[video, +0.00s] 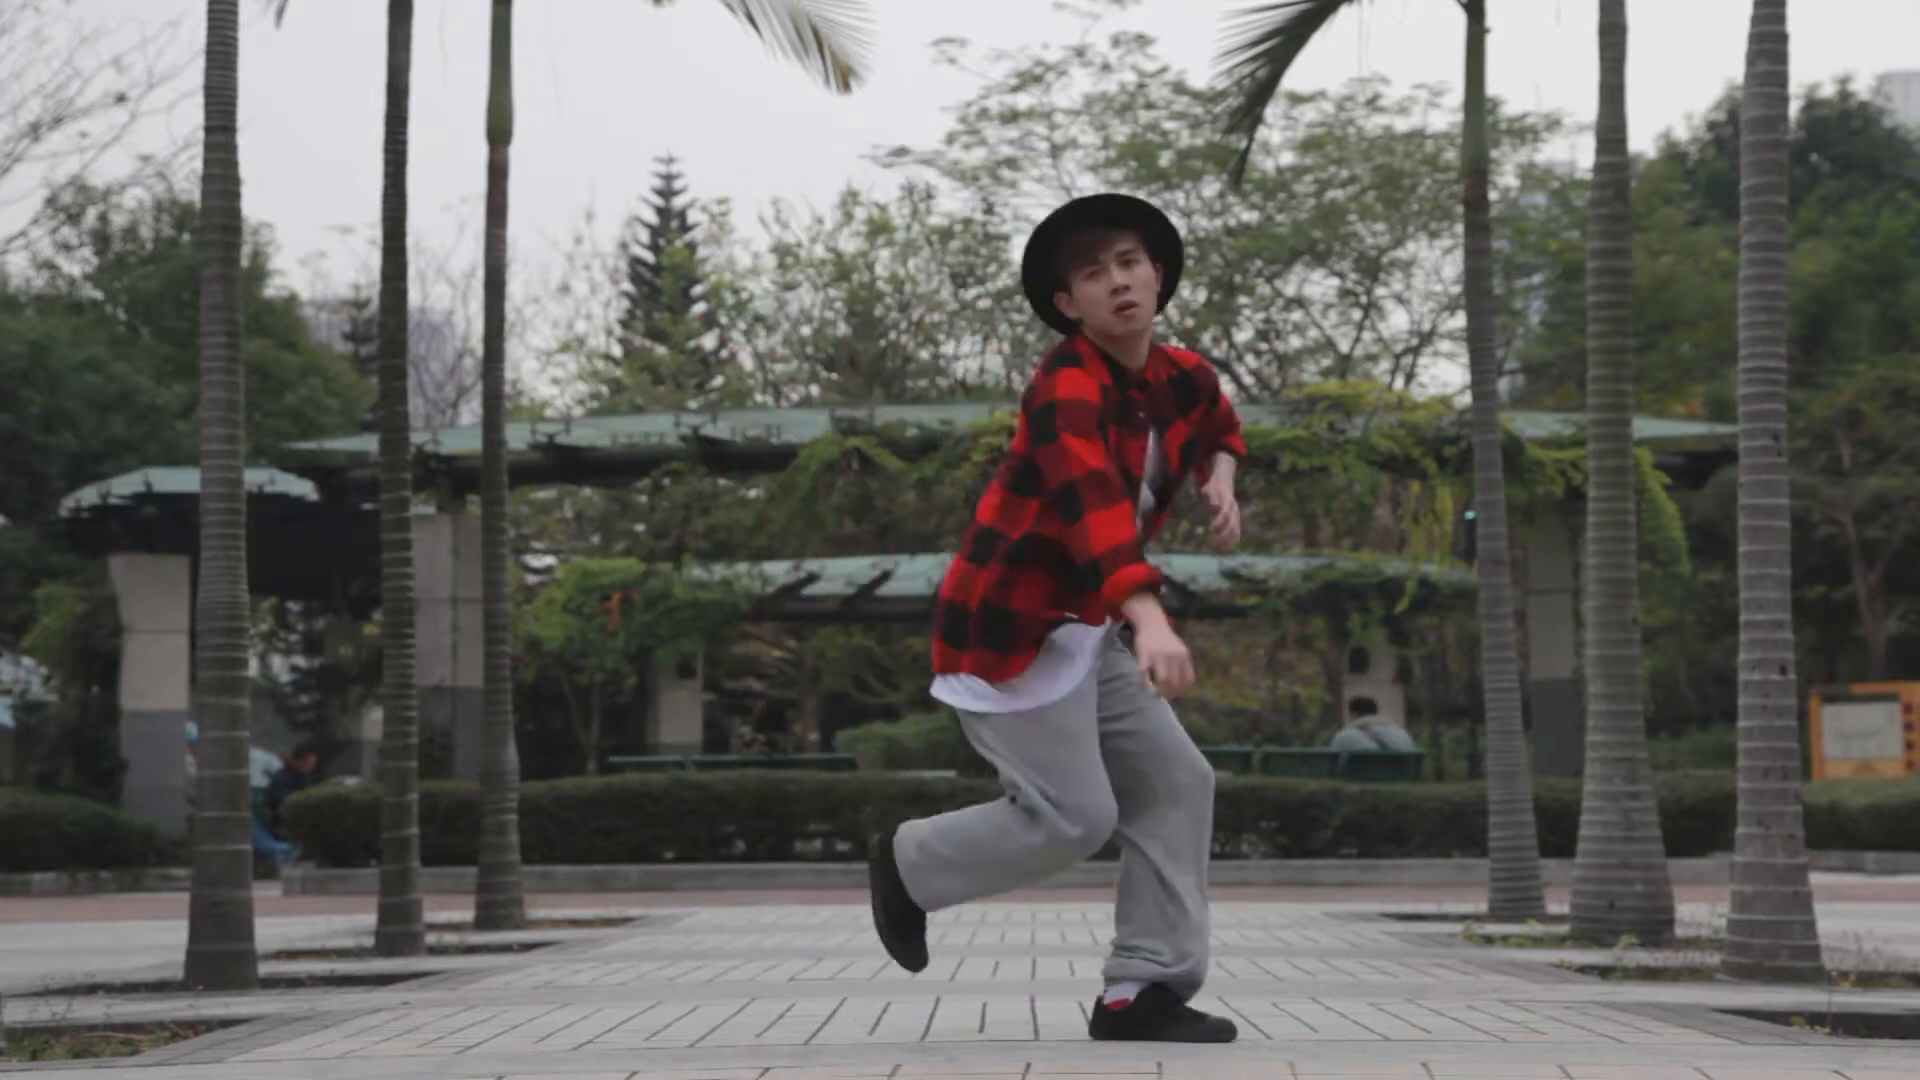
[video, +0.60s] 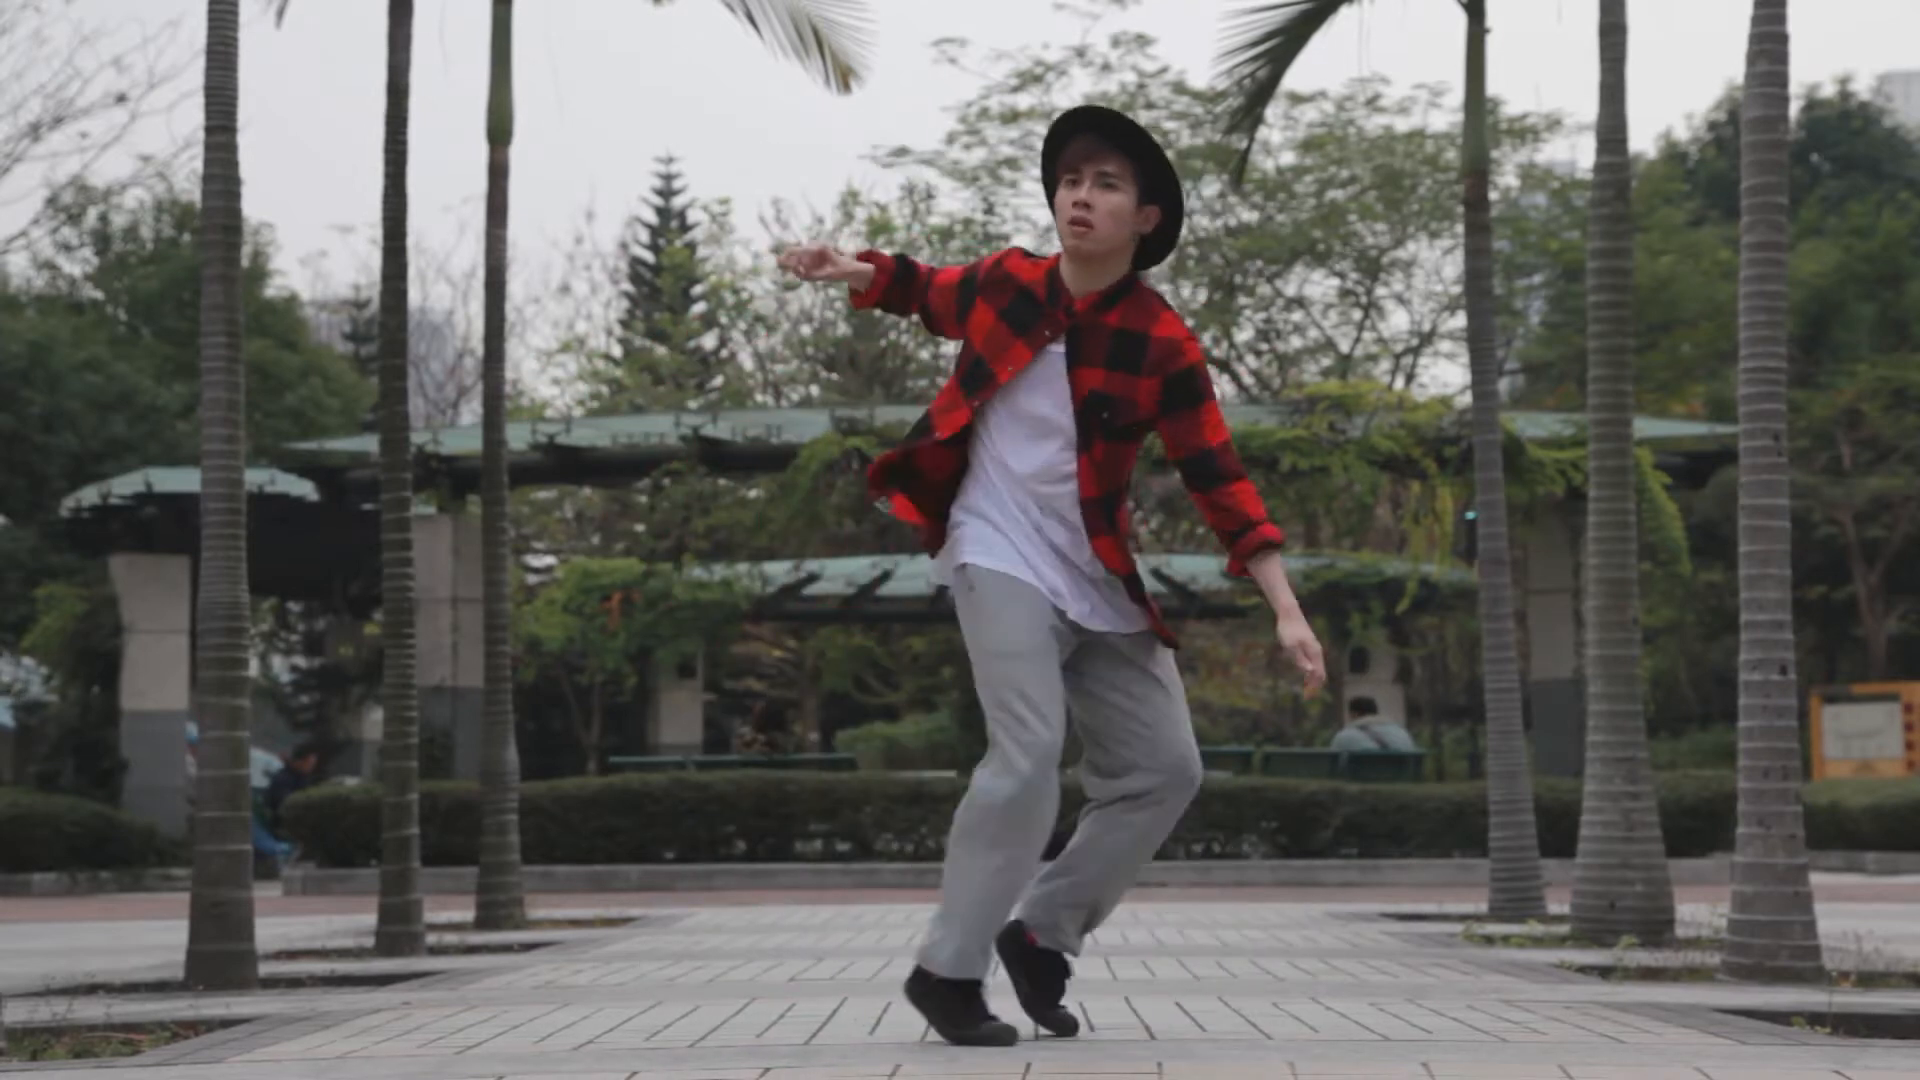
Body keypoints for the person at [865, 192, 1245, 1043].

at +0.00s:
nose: (1118, 280)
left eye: (1131, 261)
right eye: (1091, 271)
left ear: (1160, 277)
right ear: (1065, 306)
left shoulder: (1183, 374)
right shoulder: (1069, 385)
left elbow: (1220, 421)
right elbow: (1095, 506)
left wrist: (1219, 471)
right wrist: (1147, 615)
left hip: (1090, 630)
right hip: (1005, 641)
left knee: (1177, 783)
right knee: (1076, 818)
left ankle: (1141, 990)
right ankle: (912, 861)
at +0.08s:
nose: (1164, 296)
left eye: (1176, 279)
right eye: (1138, 286)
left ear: (1201, 300)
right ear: (1105, 320)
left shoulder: (1173, 412)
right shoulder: (1104, 404)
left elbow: (1141, 547)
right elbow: (1062, 539)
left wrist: (1196, 550)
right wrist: (1014, 667)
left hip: (1102, 665)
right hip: (1025, 678)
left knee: (1192, 792)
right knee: (1093, 847)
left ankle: (1142, 992)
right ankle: (925, 827)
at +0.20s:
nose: (1203, 278)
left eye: (1219, 265)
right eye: (1178, 264)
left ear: (1235, 295)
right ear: (1138, 293)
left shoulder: (1190, 410)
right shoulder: (1091, 366)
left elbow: (1170, 553)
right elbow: (966, 435)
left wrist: (1196, 474)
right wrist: (831, 482)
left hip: (1096, 628)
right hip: (1009, 620)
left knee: (1168, 778)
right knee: (1127, 760)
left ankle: (1138, 990)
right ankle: (959, 805)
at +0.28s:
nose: (1192, 241)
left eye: (1212, 231)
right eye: (1172, 224)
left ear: (1231, 266)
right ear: (1134, 246)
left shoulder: (1209, 381)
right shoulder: (1060, 309)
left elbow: (1207, 528)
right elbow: (934, 332)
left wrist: (1211, 447)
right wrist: (807, 351)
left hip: (1072, 584)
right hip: (996, 566)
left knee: (1093, 764)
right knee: (1143, 679)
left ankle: (1104, 976)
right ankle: (1029, 855)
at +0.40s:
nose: (1149, 218)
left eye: (1173, 208)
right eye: (1135, 200)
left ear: (1200, 246)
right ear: (1103, 219)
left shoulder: (1189, 368)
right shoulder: (1024, 272)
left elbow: (1227, 521)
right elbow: (914, 259)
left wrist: (1236, 512)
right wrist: (806, 257)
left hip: (1091, 559)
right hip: (992, 532)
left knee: (1075, 751)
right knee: (1089, 713)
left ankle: (978, 969)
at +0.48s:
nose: (1117, 214)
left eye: (1143, 204)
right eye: (1104, 198)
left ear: (1177, 242)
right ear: (1080, 218)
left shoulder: (1169, 358)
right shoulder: (1017, 280)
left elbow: (1216, 474)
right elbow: (918, 259)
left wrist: (1248, 543)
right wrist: (823, 248)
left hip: (1089, 571)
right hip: (985, 544)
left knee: (1062, 760)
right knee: (1089, 713)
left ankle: (983, 969)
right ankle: (1176, 932)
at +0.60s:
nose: (1080, 197)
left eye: (1106, 185)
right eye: (1070, 182)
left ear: (1148, 219)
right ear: (1051, 202)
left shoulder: (1161, 337)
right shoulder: (1005, 281)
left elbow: (1216, 474)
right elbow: (925, 293)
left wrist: (1286, 607)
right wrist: (849, 268)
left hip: (1093, 564)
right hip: (993, 542)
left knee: (1164, 765)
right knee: (1030, 748)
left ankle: (1041, 935)